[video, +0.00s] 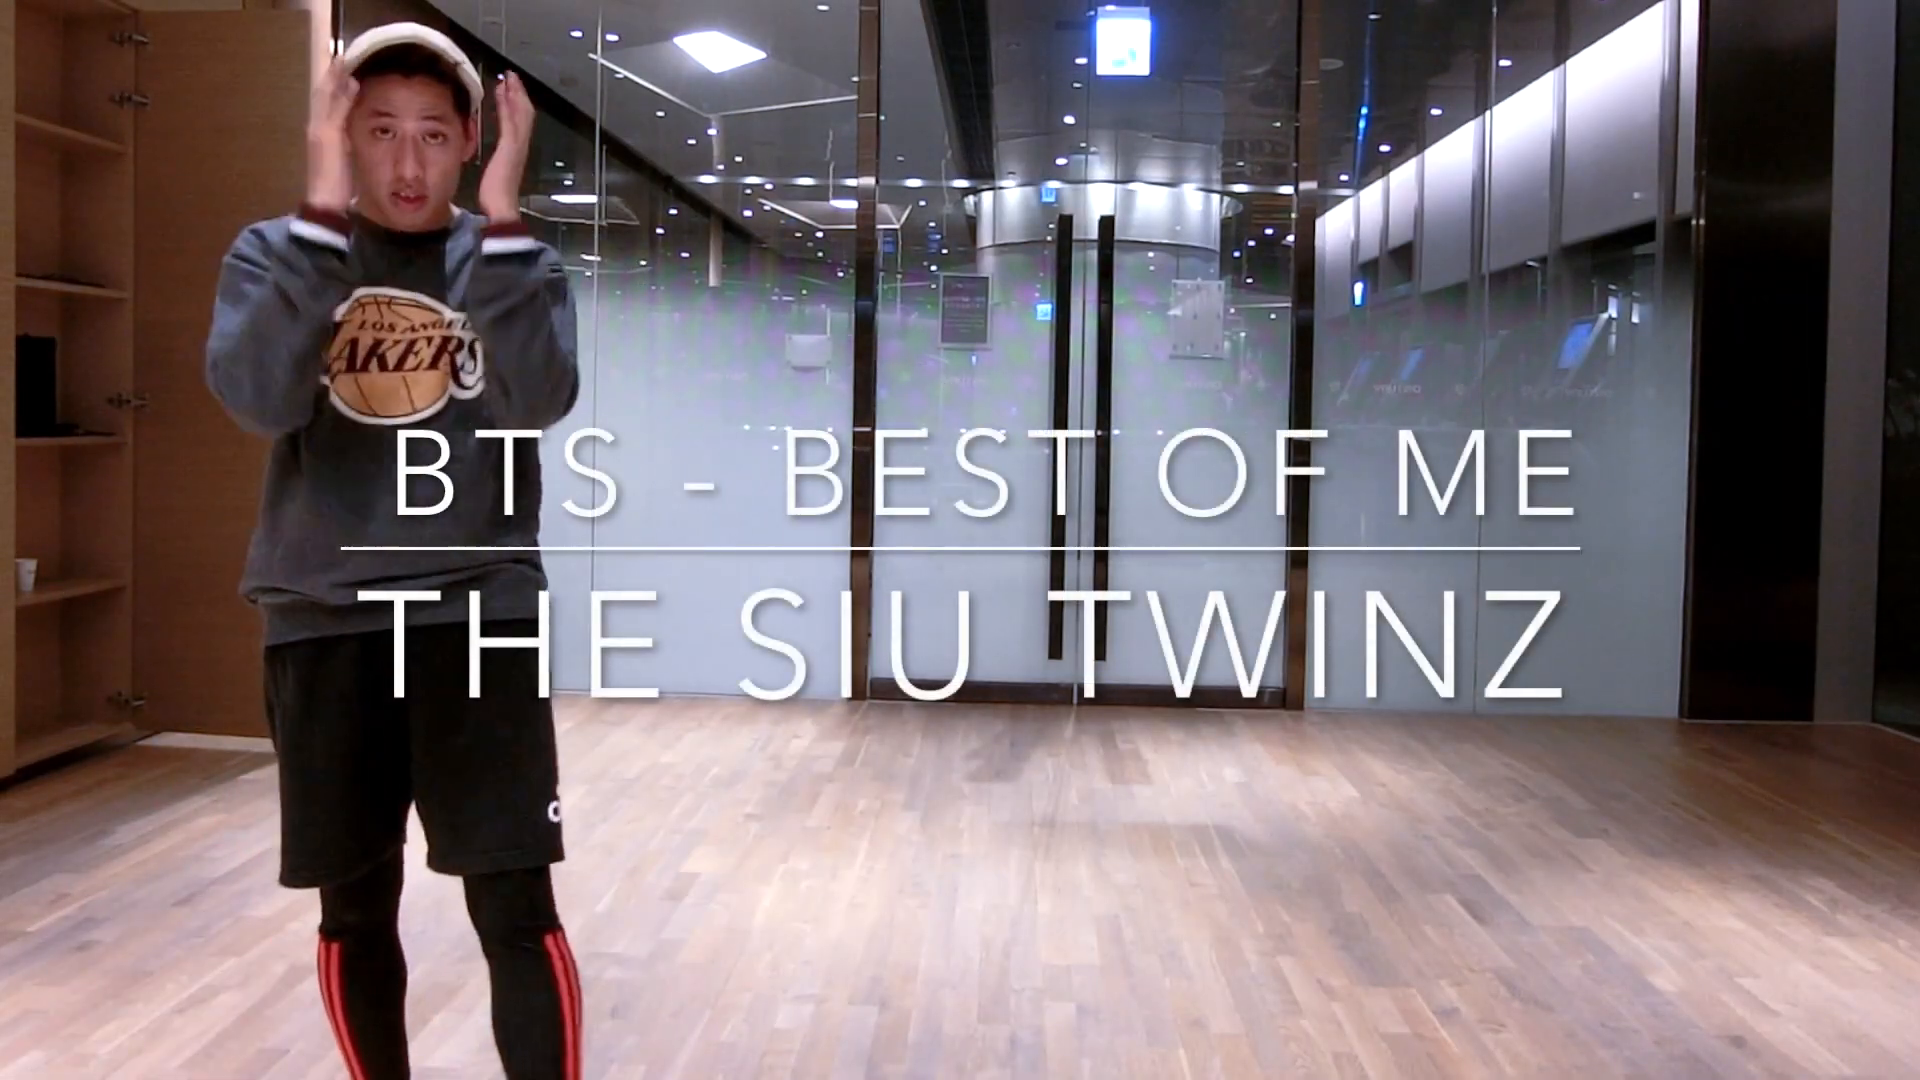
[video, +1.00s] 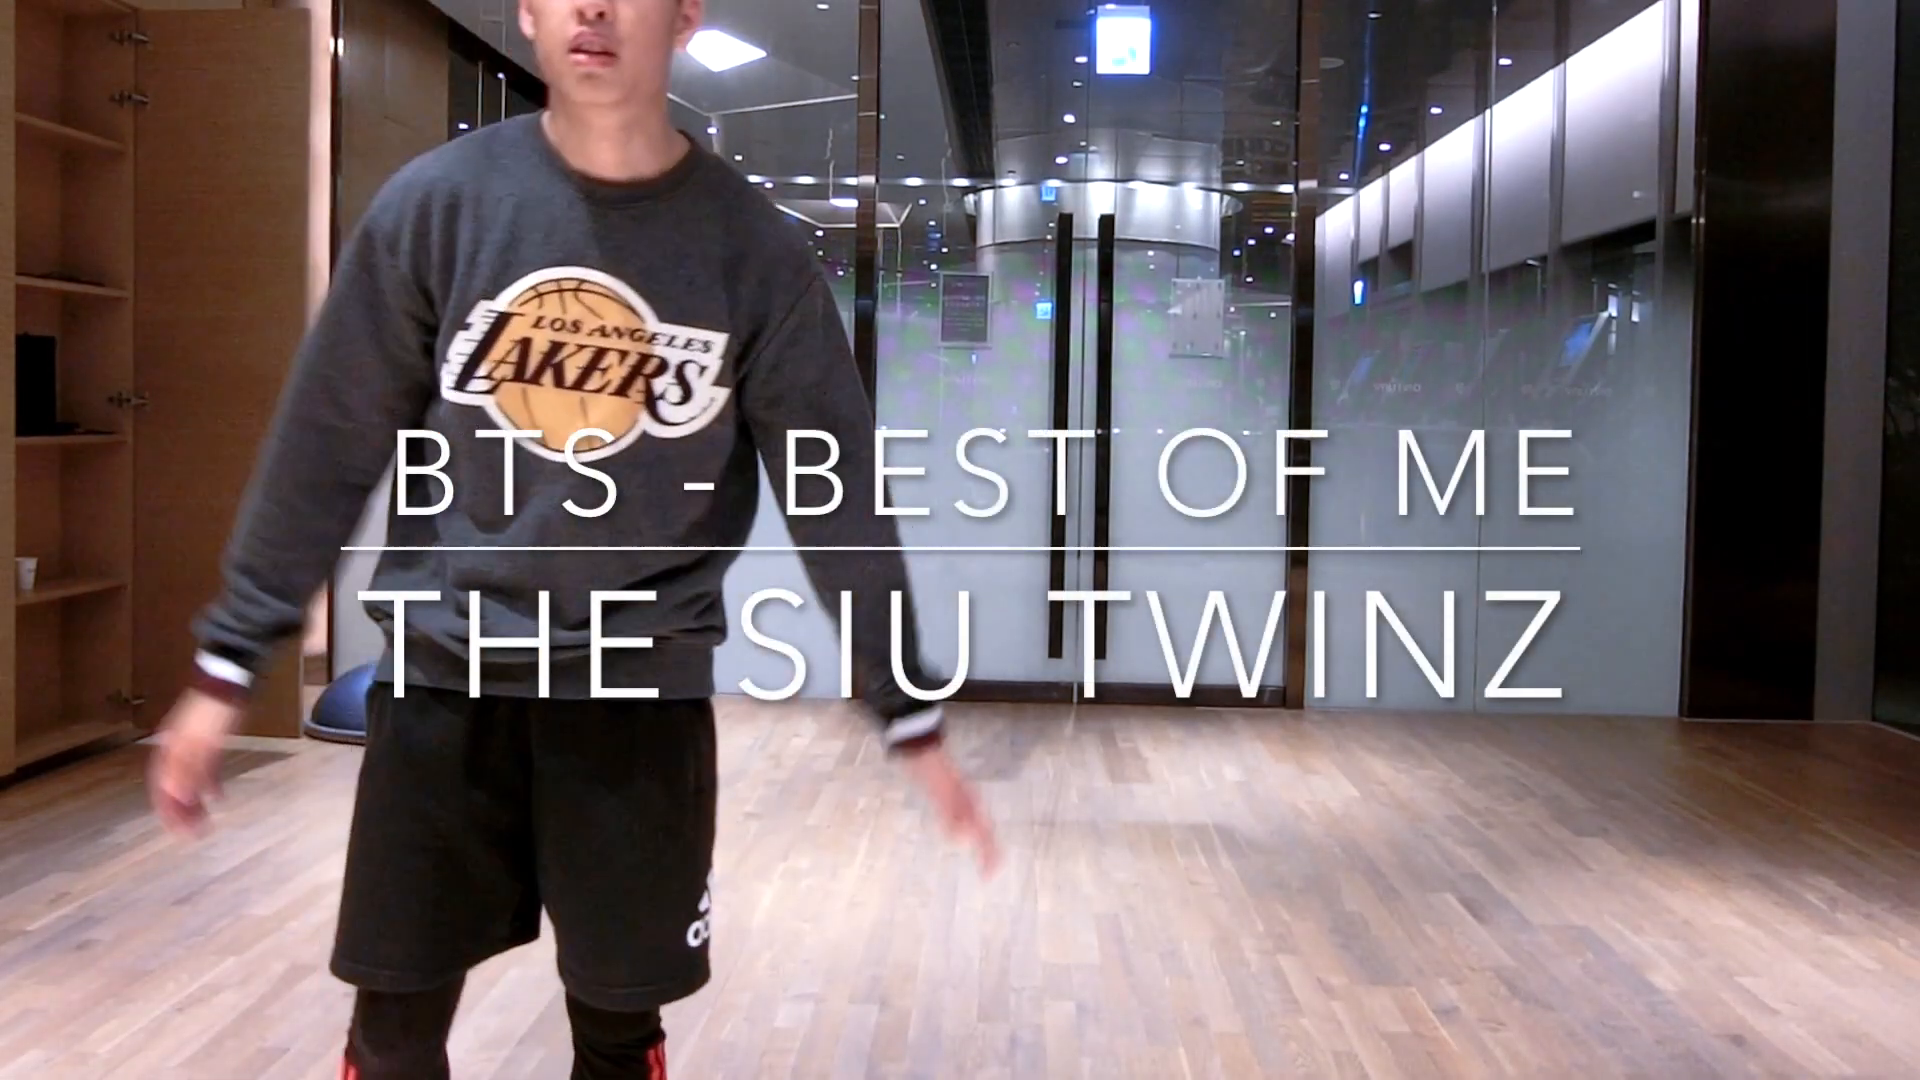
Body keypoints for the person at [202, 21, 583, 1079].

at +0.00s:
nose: (408, 156)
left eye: (433, 132)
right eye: (383, 130)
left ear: (469, 150)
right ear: (343, 144)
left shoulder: (518, 265)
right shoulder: (277, 254)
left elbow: (536, 399)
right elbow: (261, 399)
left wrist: (499, 219)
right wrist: (323, 213)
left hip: (485, 622)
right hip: (330, 624)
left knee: (515, 909)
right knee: (355, 910)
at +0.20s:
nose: (409, 119)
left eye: (435, 94)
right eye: (383, 92)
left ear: (476, 112)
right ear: (350, 108)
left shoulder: (532, 246)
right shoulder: (282, 225)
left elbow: (535, 400)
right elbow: (283, 397)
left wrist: (462, 342)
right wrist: (376, 336)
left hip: (487, 590)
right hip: (330, 604)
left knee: (535, 883)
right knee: (360, 906)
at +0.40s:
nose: (401, 85)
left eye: (430, 59)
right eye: (377, 58)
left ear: (485, 88)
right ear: (349, 83)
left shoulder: (555, 265)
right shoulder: (296, 251)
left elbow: (567, 477)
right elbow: (282, 465)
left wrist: (556, 672)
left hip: (497, 635)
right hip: (345, 639)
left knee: (528, 942)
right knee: (364, 929)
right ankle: (385, 1079)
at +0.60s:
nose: (426, 42)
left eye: (459, 19)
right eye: (405, 20)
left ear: (526, 56)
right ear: (380, 51)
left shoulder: (613, 258)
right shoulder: (323, 247)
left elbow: (695, 463)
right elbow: (242, 458)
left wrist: (777, 620)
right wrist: (153, 630)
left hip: (535, 673)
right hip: (362, 668)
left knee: (555, 990)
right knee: (376, 958)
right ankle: (384, 1079)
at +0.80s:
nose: (509, 15)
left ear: (605, 27)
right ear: (452, 30)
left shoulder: (689, 227)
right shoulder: (376, 207)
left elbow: (794, 404)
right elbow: (265, 368)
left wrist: (892, 539)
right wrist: (167, 490)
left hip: (599, 649)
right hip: (410, 645)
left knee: (593, 967)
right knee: (394, 952)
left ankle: (604, 1059)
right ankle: (387, 1064)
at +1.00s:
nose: (591, 11)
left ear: (685, 17)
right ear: (526, 21)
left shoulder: (754, 243)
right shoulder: (431, 204)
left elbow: (833, 489)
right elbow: (323, 444)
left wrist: (909, 718)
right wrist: (221, 672)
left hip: (636, 692)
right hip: (441, 687)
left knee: (618, 1031)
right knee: (396, 1022)